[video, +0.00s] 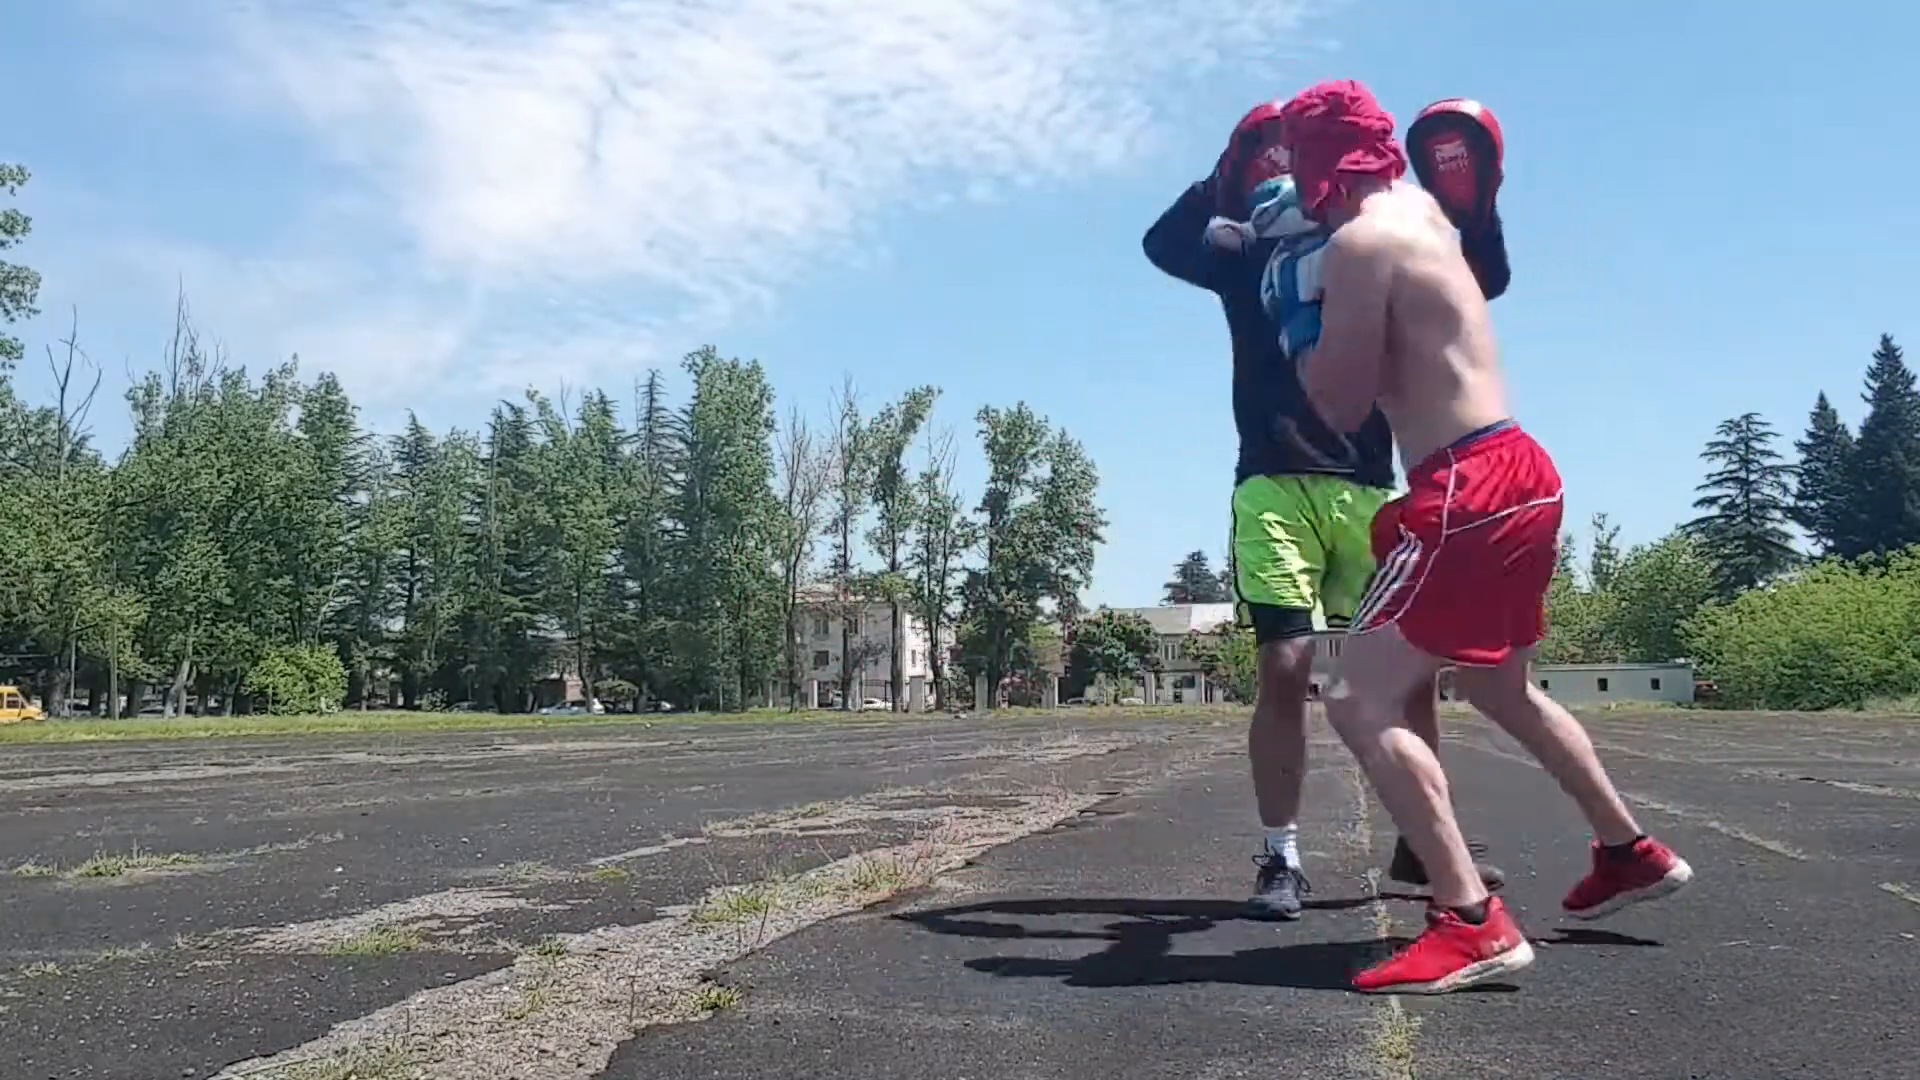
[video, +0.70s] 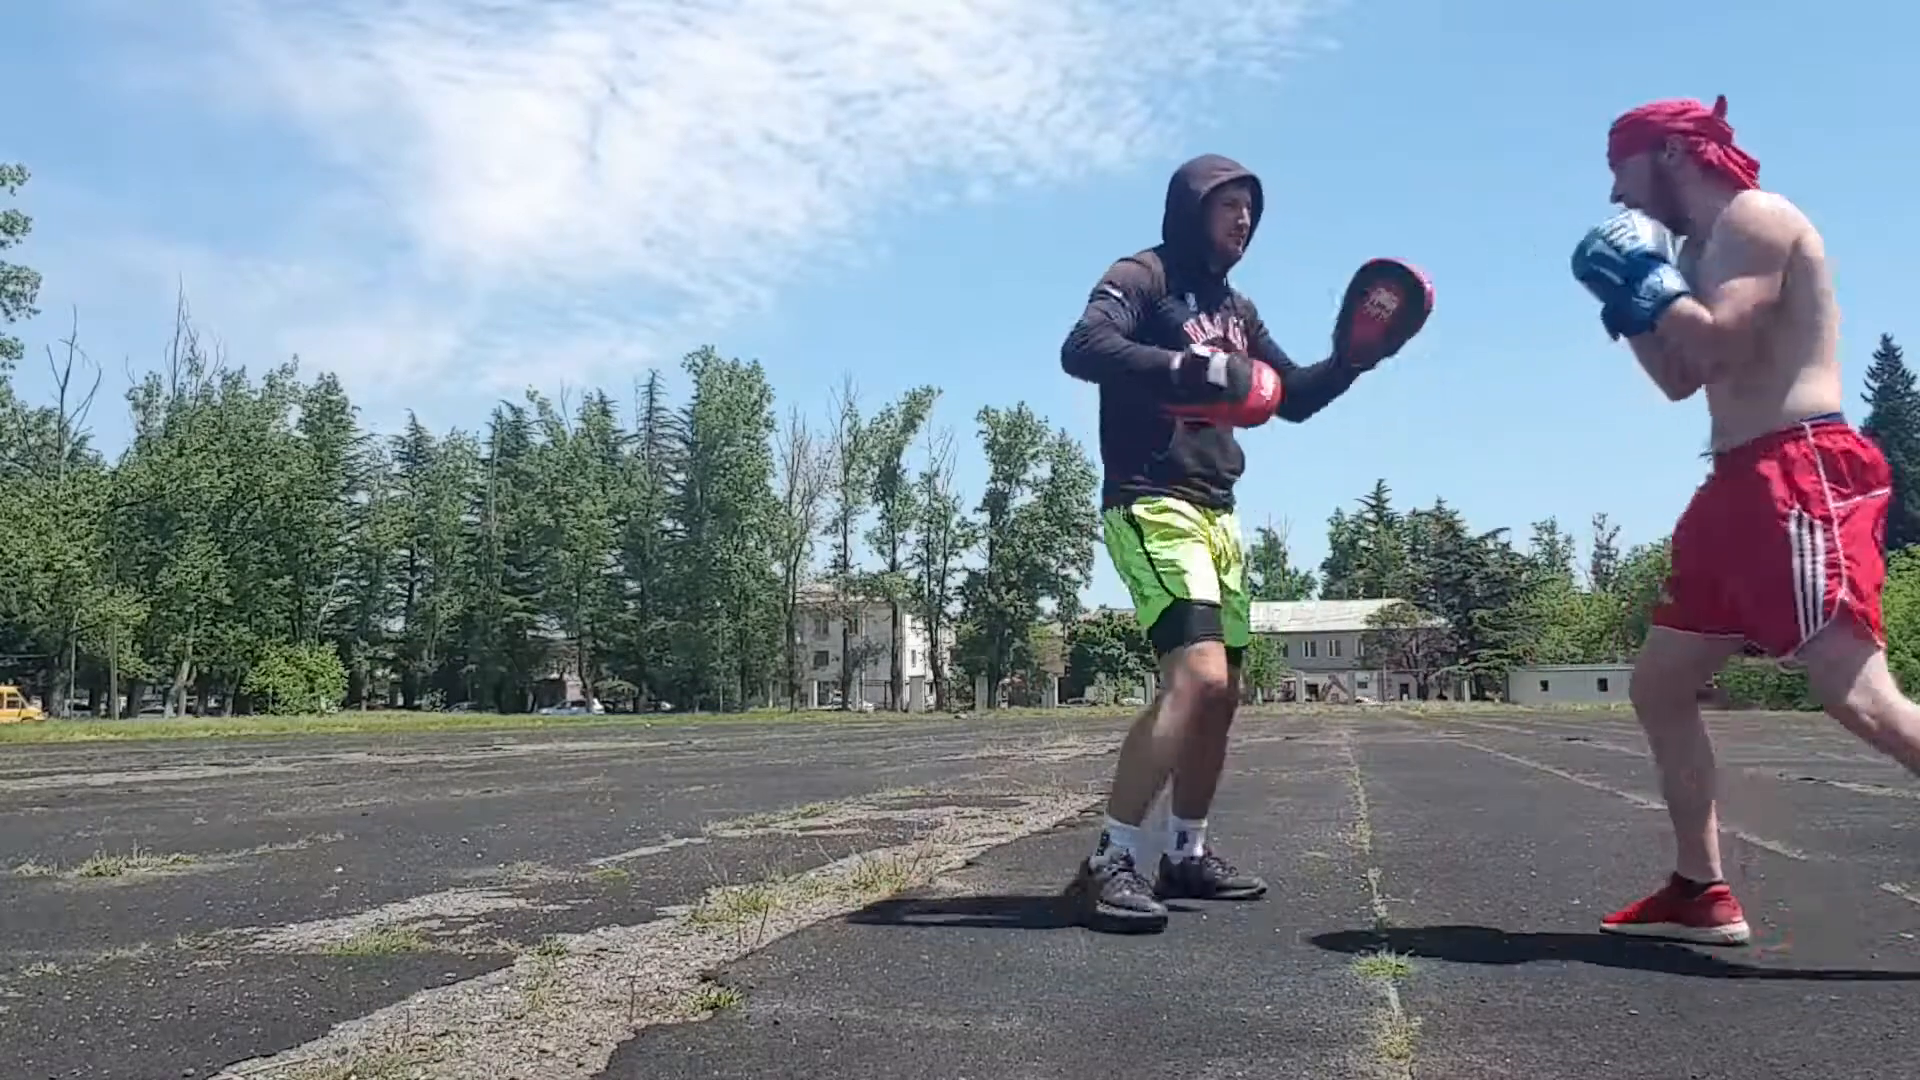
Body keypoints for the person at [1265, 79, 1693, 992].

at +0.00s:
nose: (1295, 184)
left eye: (1298, 166)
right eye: (1292, 167)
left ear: (1332, 163)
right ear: (1377, 151)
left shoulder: (1365, 239)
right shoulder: (1423, 219)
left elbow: (1337, 402)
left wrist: (1307, 320)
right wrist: (1338, 287)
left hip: (1463, 489)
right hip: (1517, 474)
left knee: (1362, 703)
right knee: (1500, 687)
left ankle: (1469, 917)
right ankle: (1627, 845)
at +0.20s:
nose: (1450, 166)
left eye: (1457, 152)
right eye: (1452, 152)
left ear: (1483, 152)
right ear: (1538, 160)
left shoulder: (1486, 211)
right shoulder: (1580, 232)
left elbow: (1381, 305)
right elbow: (1481, 298)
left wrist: (1389, 237)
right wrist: (1418, 254)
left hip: (1533, 459)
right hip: (1606, 465)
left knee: (1451, 688)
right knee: (1600, 696)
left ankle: (1600, 884)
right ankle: (1694, 878)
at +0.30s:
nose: (1537, 187)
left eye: (1542, 176)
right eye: (1542, 178)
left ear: (1561, 178)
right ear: (1628, 187)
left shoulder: (1526, 214)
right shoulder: (1677, 276)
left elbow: (1388, 218)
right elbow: (1647, 405)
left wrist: (1405, 191)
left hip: (1552, 479)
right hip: (1644, 489)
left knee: (1557, 722)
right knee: (1612, 709)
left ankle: (1721, 883)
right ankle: (1680, 881)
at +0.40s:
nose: (1580, 216)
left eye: (1584, 206)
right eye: (1587, 208)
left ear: (1602, 202)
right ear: (1677, 219)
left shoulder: (1570, 237)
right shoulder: (1722, 294)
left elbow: (1415, 269)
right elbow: (1694, 413)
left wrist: (1444, 231)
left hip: (1603, 483)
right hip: (1694, 497)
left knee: (1604, 722)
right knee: (1621, 708)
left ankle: (1758, 900)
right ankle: (1681, 890)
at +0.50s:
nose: (1567, 227)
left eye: (1573, 212)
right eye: (1569, 215)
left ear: (1600, 196)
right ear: (1651, 198)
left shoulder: (1613, 226)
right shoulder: (1713, 274)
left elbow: (1517, 318)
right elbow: (1656, 364)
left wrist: (1502, 276)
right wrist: (1596, 327)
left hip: (1678, 470)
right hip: (1728, 475)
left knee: (1674, 697)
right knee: (1618, 693)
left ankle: (1785, 916)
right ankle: (1688, 892)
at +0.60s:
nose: (1584, 215)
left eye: (1583, 196)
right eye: (1579, 202)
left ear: (1622, 168)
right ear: (1637, 170)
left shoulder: (1687, 212)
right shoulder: (1671, 252)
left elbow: (1639, 328)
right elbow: (1653, 389)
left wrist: (1582, 278)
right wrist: (1589, 309)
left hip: (1751, 456)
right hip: (1706, 470)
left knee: (1754, 681)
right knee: (1647, 688)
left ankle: (1896, 898)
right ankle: (1695, 891)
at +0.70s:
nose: (1621, 194)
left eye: (1627, 174)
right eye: (1616, 180)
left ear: (1674, 159)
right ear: (1677, 164)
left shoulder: (1756, 216)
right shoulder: (1702, 255)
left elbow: (1710, 344)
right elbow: (1672, 378)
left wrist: (1647, 280)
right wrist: (1623, 302)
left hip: (1805, 473)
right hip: (1737, 485)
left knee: (1864, 695)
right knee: (1660, 685)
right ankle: (1698, 887)